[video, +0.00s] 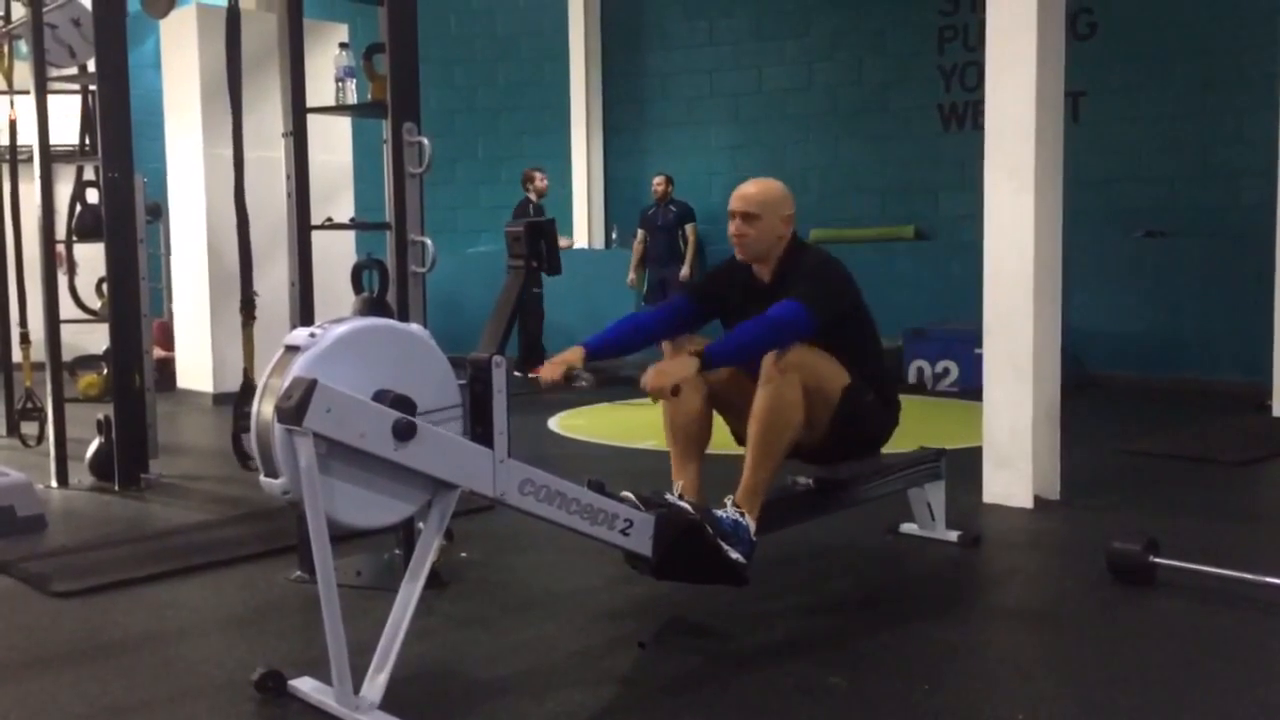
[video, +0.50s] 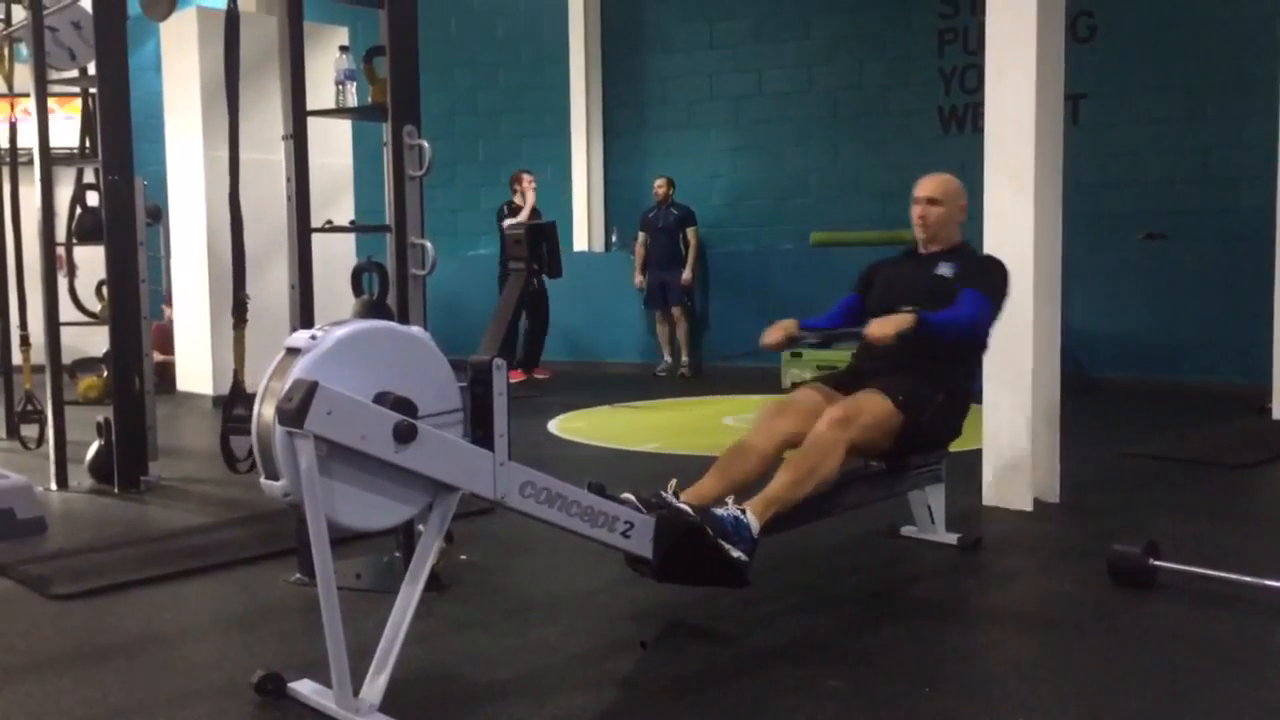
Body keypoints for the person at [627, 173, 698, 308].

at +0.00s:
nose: (654, 188)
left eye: (659, 185)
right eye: (653, 185)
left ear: (669, 188)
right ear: (651, 188)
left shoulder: (683, 209)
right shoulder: (646, 212)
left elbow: (691, 239)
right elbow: (639, 242)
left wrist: (687, 266)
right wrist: (632, 270)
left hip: (676, 270)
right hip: (653, 270)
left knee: (676, 310)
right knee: (652, 311)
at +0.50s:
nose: (656, 191)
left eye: (660, 187)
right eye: (654, 188)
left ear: (670, 190)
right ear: (653, 191)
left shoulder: (683, 212)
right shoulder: (648, 215)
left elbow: (692, 242)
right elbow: (641, 243)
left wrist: (688, 268)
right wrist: (638, 271)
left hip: (676, 271)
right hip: (654, 272)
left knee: (677, 313)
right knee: (660, 315)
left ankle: (684, 359)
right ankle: (666, 358)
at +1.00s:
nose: (658, 193)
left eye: (662, 189)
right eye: (657, 189)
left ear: (672, 192)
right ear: (656, 192)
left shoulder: (685, 215)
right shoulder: (650, 217)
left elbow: (694, 245)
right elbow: (643, 246)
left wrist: (690, 272)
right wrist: (640, 275)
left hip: (678, 273)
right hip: (656, 273)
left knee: (678, 315)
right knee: (661, 317)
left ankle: (685, 360)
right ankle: (666, 359)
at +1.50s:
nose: (659, 189)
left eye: (663, 185)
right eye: (658, 186)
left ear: (674, 188)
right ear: (656, 188)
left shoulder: (687, 211)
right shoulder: (650, 212)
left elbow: (695, 241)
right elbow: (643, 242)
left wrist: (691, 269)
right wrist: (640, 269)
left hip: (679, 270)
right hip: (656, 270)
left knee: (680, 312)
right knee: (660, 313)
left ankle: (681, 358)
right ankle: (667, 357)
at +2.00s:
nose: (661, 190)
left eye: (665, 186)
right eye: (660, 187)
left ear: (676, 189)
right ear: (658, 189)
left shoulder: (688, 212)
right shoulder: (652, 214)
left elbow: (696, 242)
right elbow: (644, 243)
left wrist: (692, 269)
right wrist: (642, 271)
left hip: (679, 270)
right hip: (658, 270)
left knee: (680, 312)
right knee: (663, 314)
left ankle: (686, 356)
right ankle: (668, 356)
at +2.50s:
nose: (660, 193)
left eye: (664, 189)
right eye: (659, 189)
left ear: (675, 192)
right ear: (657, 192)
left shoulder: (687, 215)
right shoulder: (651, 216)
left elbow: (696, 245)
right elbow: (644, 245)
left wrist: (691, 272)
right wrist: (641, 272)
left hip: (679, 272)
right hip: (657, 273)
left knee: (679, 314)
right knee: (661, 316)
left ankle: (685, 359)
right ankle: (667, 359)